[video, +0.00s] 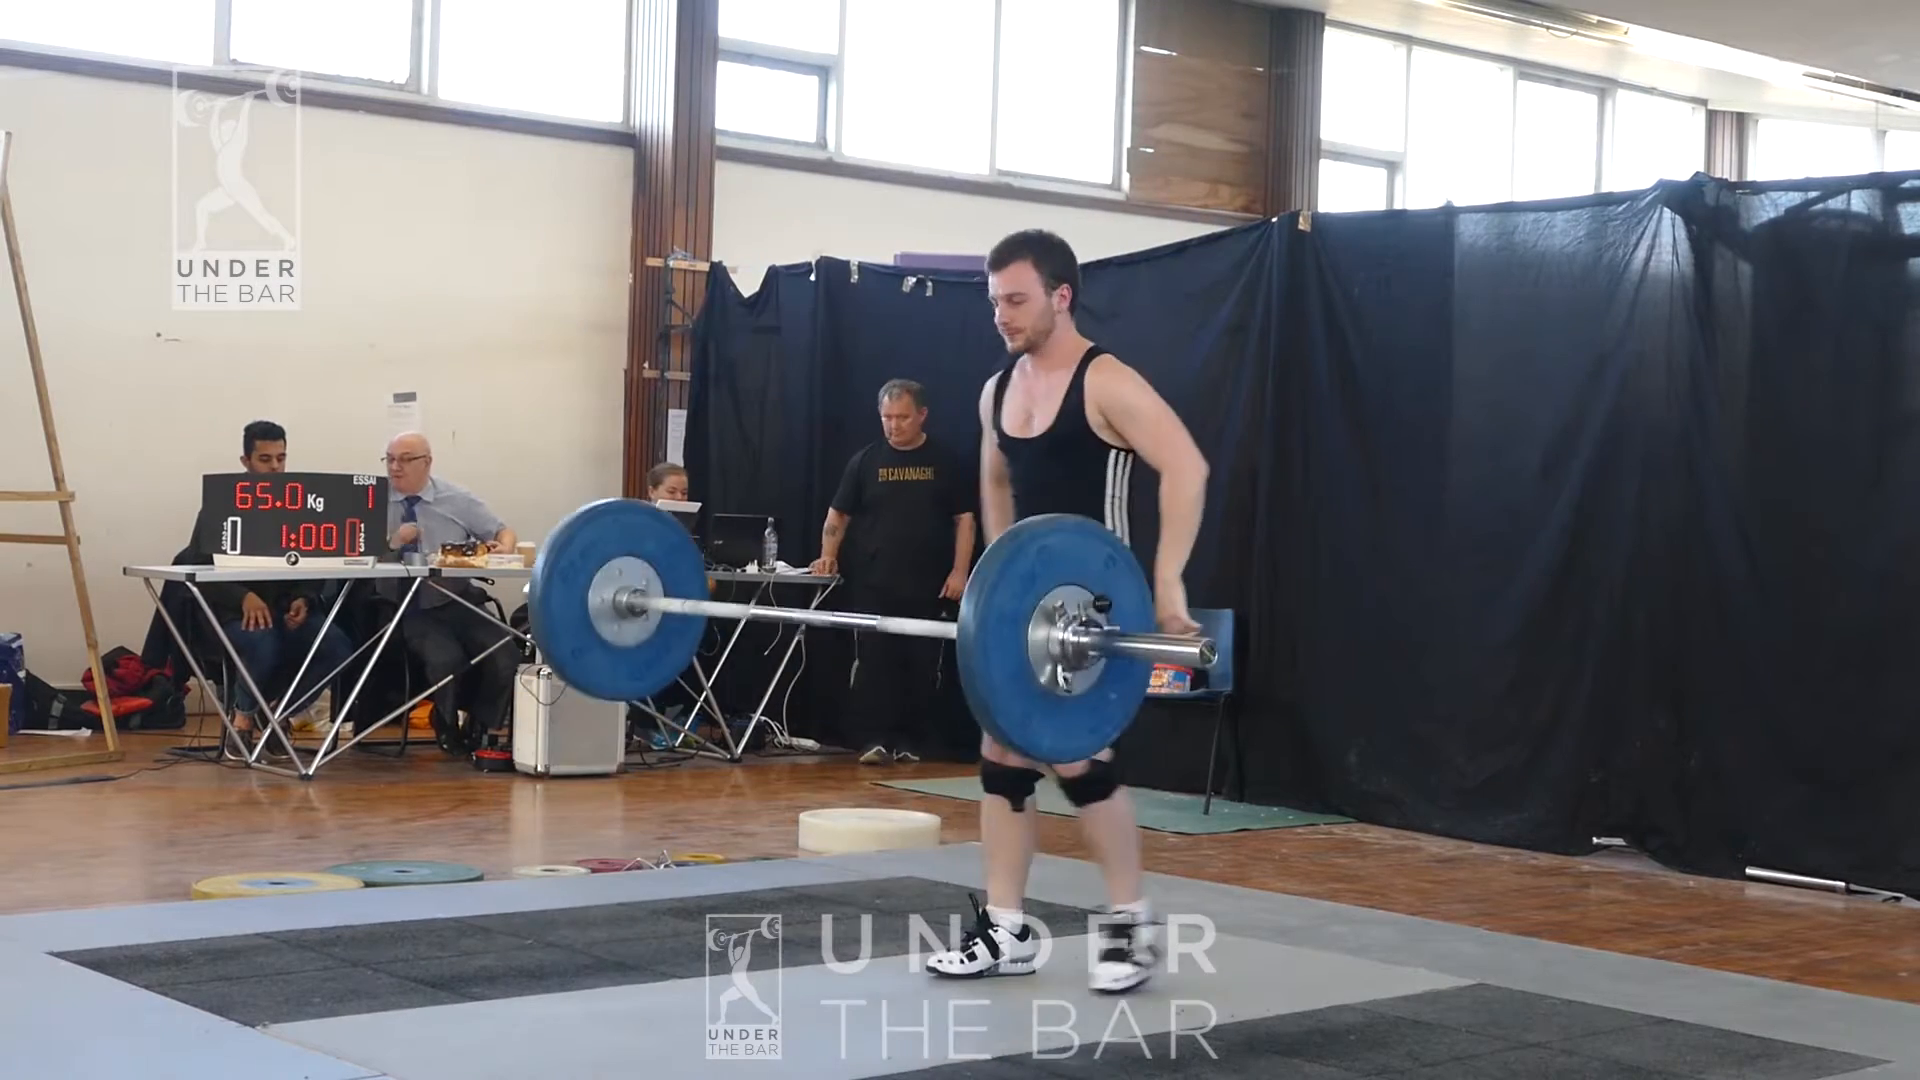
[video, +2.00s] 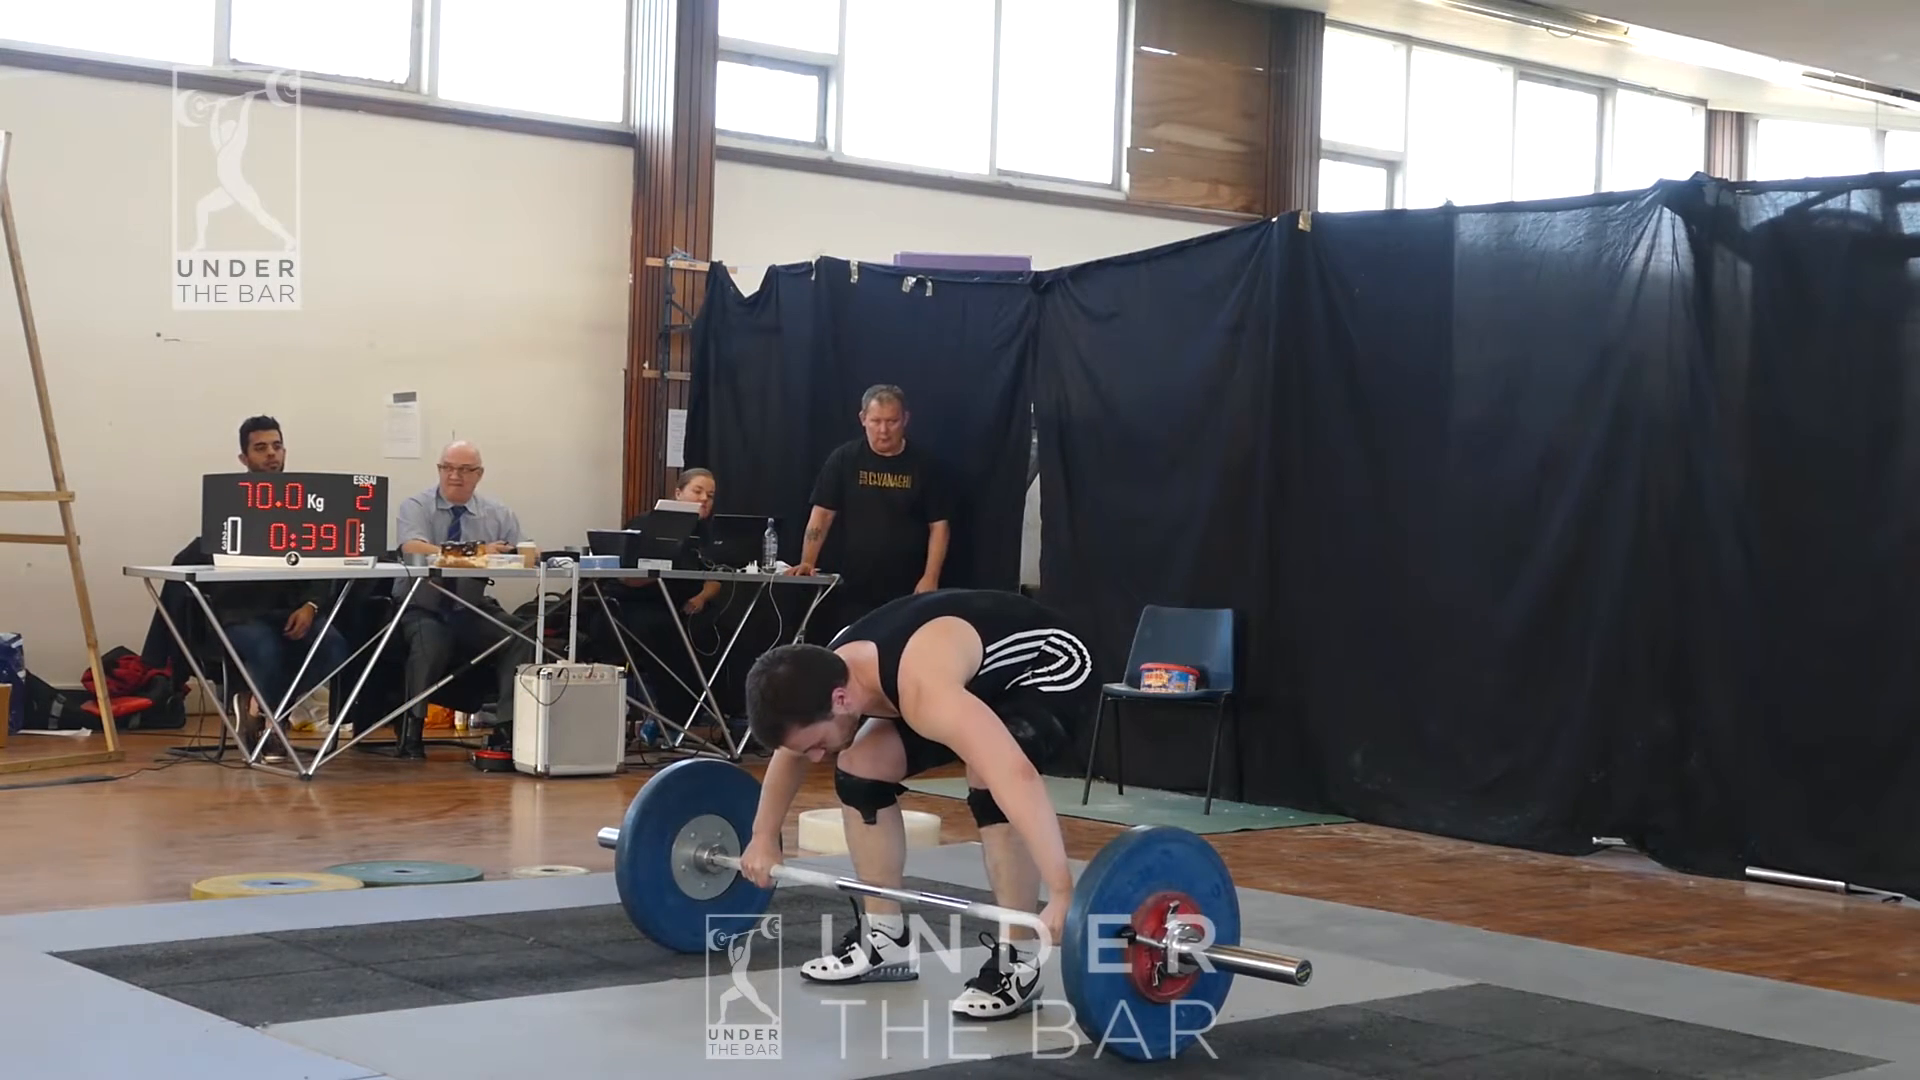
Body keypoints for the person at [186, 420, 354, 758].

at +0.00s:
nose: (275, 466)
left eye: (280, 458)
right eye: (265, 459)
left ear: (286, 458)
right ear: (246, 460)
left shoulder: (298, 499)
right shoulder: (224, 502)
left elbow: (319, 557)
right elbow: (201, 567)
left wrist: (305, 598)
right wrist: (243, 596)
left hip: (287, 607)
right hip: (237, 609)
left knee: (336, 645)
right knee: (263, 643)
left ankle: (278, 719)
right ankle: (242, 719)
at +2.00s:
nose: (272, 454)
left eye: (277, 446)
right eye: (261, 447)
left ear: (284, 451)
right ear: (244, 457)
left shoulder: (302, 497)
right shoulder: (233, 499)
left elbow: (328, 558)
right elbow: (214, 555)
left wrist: (312, 604)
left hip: (293, 608)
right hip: (244, 609)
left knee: (333, 648)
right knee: (267, 649)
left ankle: (255, 707)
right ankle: (273, 730)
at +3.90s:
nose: (273, 454)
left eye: (278, 446)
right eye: (262, 448)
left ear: (286, 451)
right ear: (246, 458)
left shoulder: (303, 497)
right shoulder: (234, 499)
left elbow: (327, 557)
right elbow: (221, 559)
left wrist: (312, 605)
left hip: (294, 607)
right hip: (245, 609)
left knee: (335, 648)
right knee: (268, 651)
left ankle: (257, 707)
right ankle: (272, 732)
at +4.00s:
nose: (273, 454)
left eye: (278, 446)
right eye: (263, 448)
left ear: (286, 451)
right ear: (246, 458)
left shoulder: (303, 497)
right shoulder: (234, 500)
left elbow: (326, 557)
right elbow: (222, 560)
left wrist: (312, 604)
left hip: (294, 607)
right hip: (245, 610)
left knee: (335, 648)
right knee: (268, 651)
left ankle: (256, 708)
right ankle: (273, 733)